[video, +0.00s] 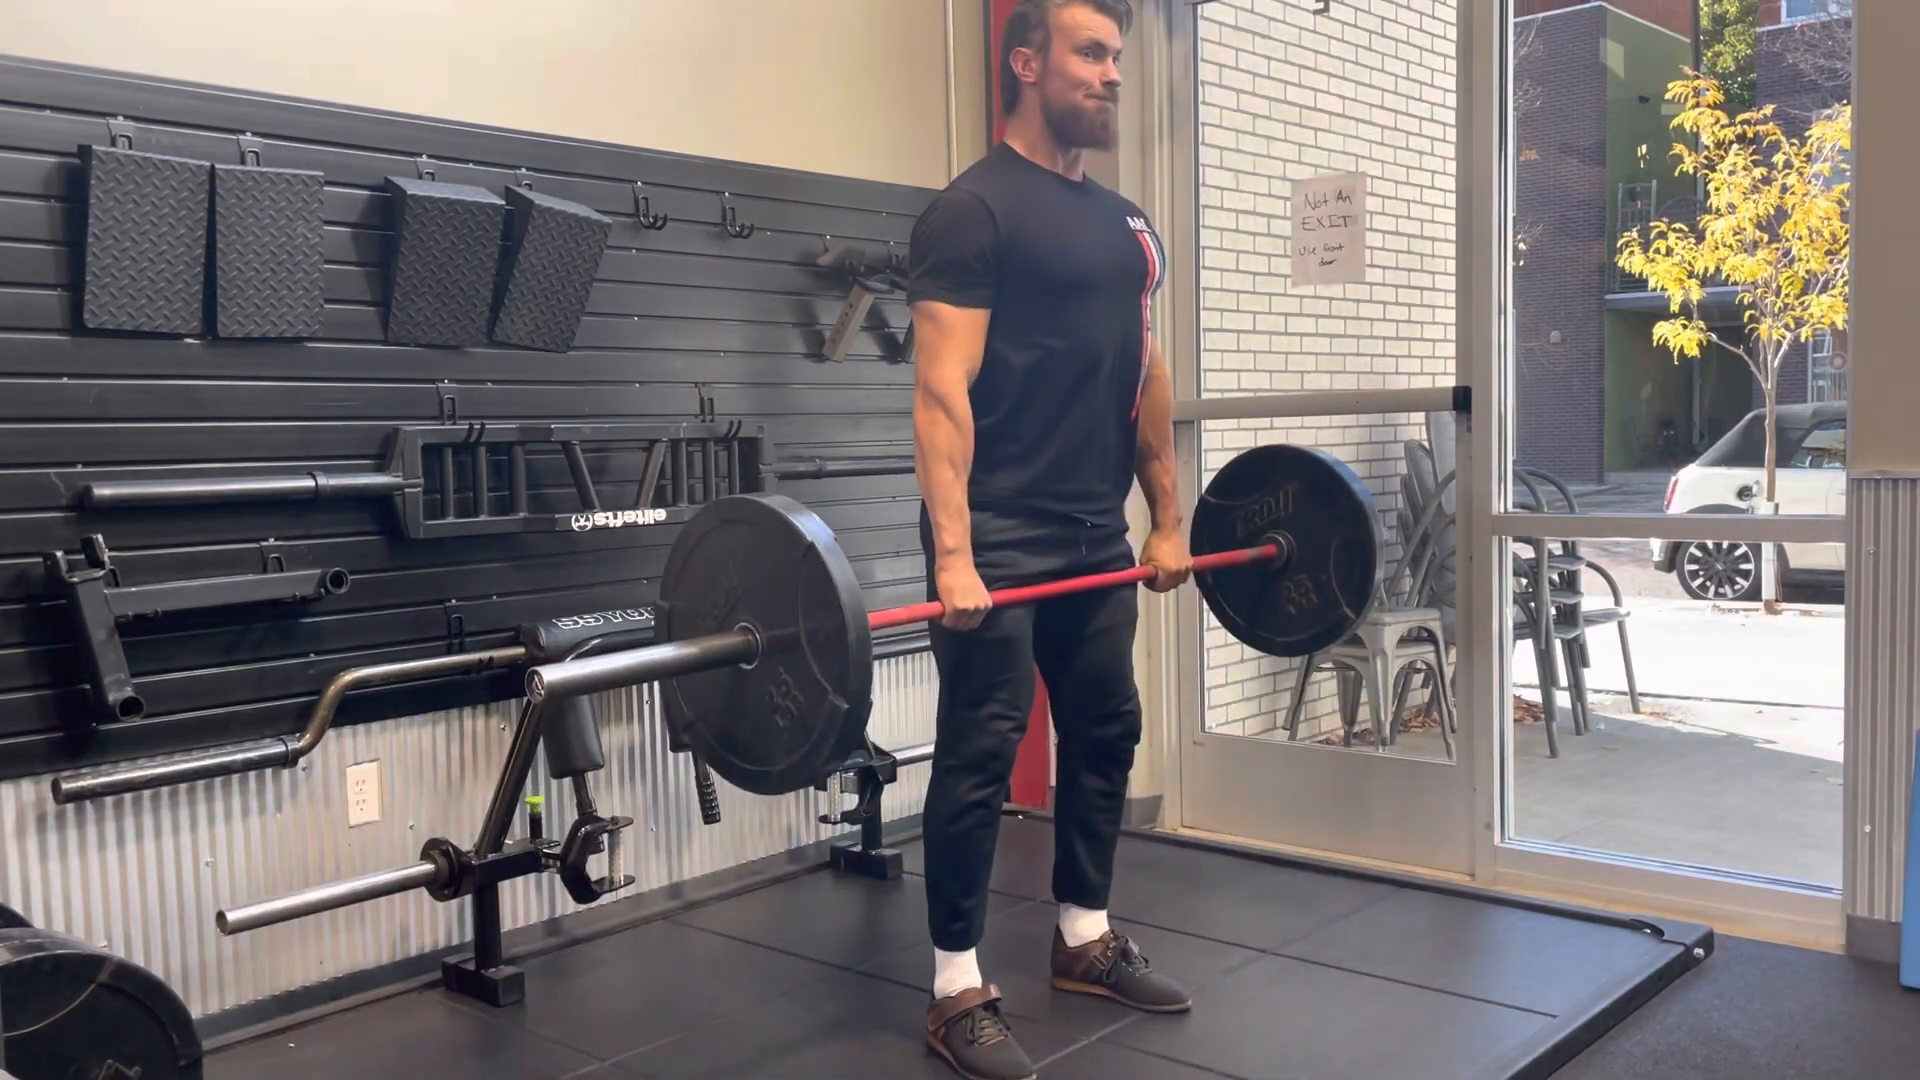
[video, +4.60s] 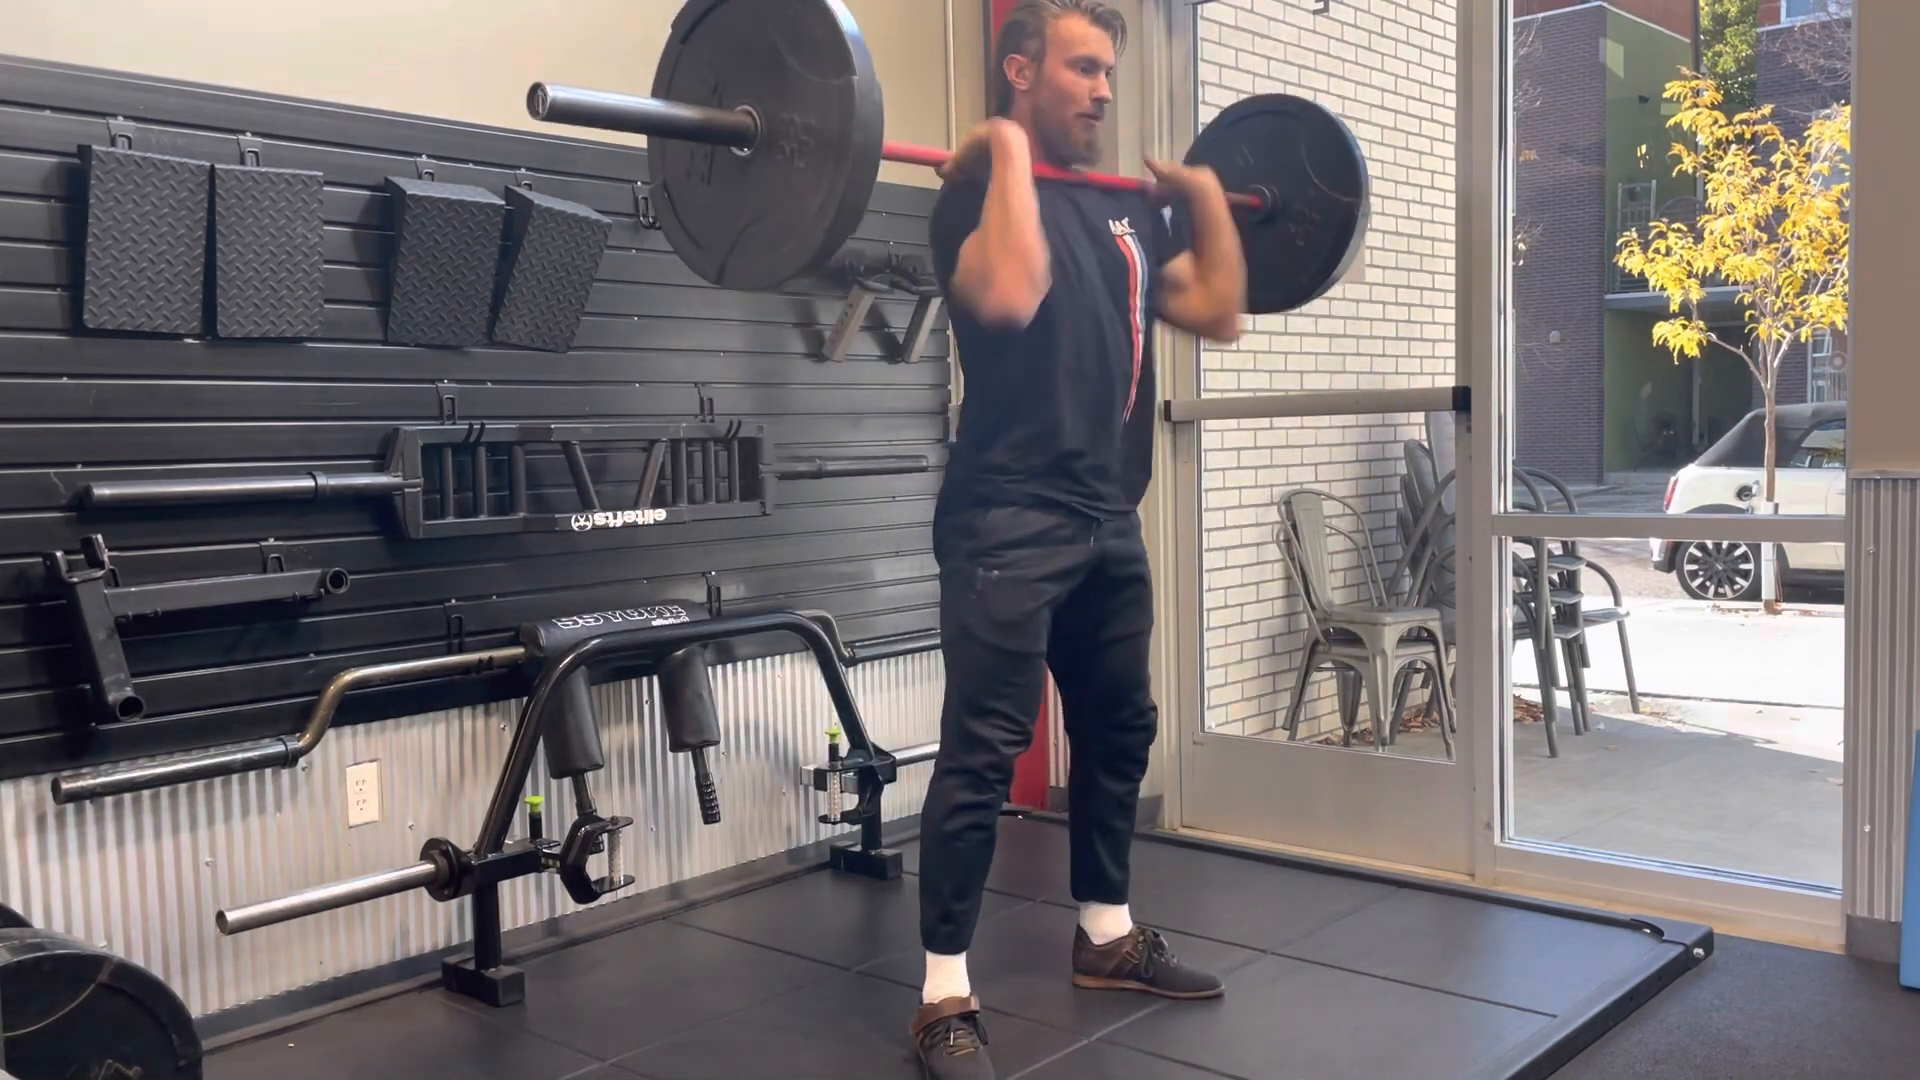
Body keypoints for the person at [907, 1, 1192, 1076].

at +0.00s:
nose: (1113, 76)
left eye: (1117, 58)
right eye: (1092, 53)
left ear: (1111, 74)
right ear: (1022, 63)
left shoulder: (1127, 223)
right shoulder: (969, 210)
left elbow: (1145, 379)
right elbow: (940, 399)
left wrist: (1168, 516)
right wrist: (952, 553)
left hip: (1094, 529)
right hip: (991, 534)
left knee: (1103, 733)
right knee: (982, 750)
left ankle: (1084, 939)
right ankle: (956, 987)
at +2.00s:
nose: (1188, 131)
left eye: (1188, 114)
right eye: (1163, 110)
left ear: (1168, 141)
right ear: (1094, 133)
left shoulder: (1165, 285)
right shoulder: (1009, 268)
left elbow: (1155, 439)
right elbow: (946, 446)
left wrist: (1150, 575)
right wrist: (943, 607)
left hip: (1043, 535)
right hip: (944, 535)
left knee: (1098, 721)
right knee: (965, 739)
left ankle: (1083, 938)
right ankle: (954, 988)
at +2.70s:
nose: (1132, 240)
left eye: (1133, 223)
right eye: (1108, 222)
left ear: (1130, 245)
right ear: (1044, 243)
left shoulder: (1117, 383)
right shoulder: (971, 378)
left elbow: (1121, 527)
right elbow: (931, 556)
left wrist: (1197, 453)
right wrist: (1017, 458)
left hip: (1053, 633)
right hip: (942, 632)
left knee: (1200, 747)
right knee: (993, 796)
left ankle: (1113, 937)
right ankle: (944, 1000)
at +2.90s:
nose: (1117, 374)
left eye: (1120, 357)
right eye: (1096, 355)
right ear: (1033, 366)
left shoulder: (1137, 496)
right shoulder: (989, 500)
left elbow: (1274, 562)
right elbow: (1060, 575)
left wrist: (1220, 449)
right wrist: (1040, 436)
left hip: (1050, 726)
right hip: (934, 729)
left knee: (1214, 754)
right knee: (999, 824)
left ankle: (1114, 938)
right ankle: (948, 1002)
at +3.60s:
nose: (1116, 291)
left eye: (1121, 275)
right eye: (1096, 273)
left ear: (1120, 287)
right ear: (1034, 281)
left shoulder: (1134, 403)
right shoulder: (991, 391)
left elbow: (1282, 451)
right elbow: (1054, 458)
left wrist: (1201, 344)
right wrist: (1036, 324)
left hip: (1061, 662)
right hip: (951, 664)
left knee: (1216, 752)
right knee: (996, 816)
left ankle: (1114, 937)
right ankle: (948, 999)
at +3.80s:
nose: (1108, 172)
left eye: (1114, 154)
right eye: (1087, 151)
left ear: (1111, 174)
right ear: (1023, 161)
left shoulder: (1137, 287)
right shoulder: (982, 278)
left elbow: (1280, 326)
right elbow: (1052, 308)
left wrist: (1190, 226)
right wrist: (1020, 193)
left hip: (1074, 581)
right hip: (966, 586)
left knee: (1193, 739)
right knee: (999, 778)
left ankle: (1111, 938)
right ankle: (947, 998)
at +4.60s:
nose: (1104, 87)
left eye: (1110, 71)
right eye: (1085, 67)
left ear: (1110, 88)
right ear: (1020, 72)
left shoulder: (1124, 207)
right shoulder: (977, 192)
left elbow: (1217, 313)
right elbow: (1008, 297)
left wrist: (1204, 194)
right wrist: (1008, 147)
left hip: (1108, 519)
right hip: (1005, 516)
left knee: (1116, 732)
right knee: (985, 746)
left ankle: (1104, 936)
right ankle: (945, 993)